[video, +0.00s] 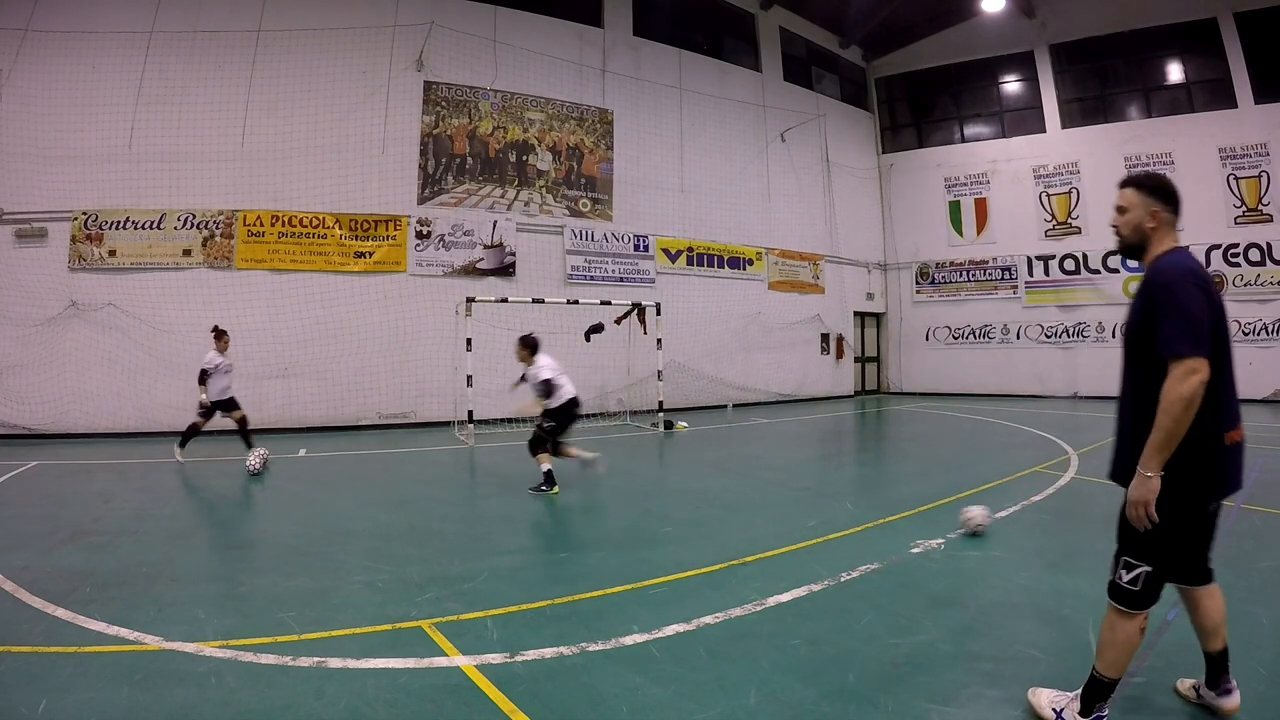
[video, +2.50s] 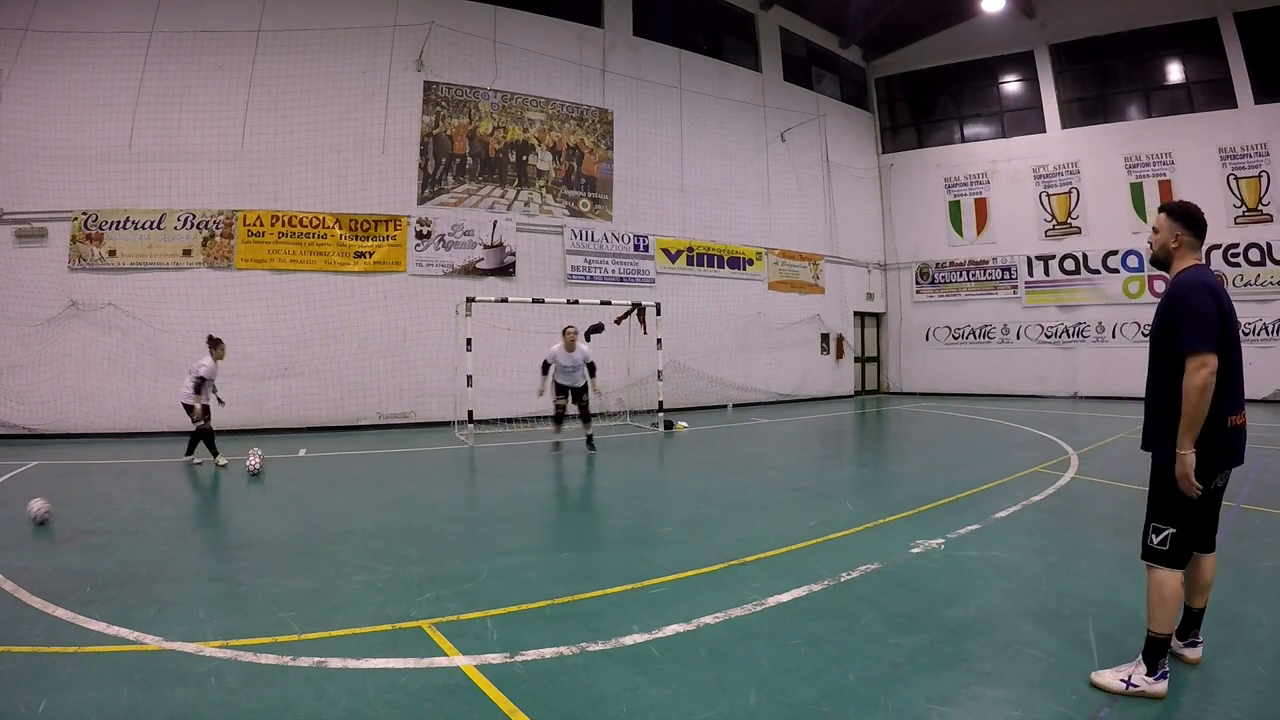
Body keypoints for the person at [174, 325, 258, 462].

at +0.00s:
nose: (227, 345)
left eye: (228, 342)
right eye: (225, 342)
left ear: (227, 342)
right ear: (217, 342)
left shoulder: (225, 356)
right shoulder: (212, 357)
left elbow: (221, 379)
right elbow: (202, 378)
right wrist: (203, 398)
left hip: (227, 398)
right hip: (212, 400)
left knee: (241, 419)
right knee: (198, 425)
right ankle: (180, 446)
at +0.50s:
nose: (253, 348)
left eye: (254, 345)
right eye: (251, 345)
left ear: (245, 345)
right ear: (242, 345)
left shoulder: (247, 358)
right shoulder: (234, 360)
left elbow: (245, 372)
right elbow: (225, 380)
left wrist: (253, 376)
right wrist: (224, 401)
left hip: (249, 394)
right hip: (238, 397)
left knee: (262, 420)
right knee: (258, 420)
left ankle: (258, 453)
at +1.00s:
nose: (258, 373)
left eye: (259, 371)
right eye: (257, 370)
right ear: (249, 365)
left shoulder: (247, 377)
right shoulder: (234, 374)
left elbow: (240, 391)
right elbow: (222, 391)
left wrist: (240, 409)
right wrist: (221, 411)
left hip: (226, 398)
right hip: (211, 396)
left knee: (227, 424)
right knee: (216, 424)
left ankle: (224, 451)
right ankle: (218, 455)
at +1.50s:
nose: (247, 410)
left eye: (248, 408)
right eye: (246, 407)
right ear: (239, 402)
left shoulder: (237, 400)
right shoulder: (228, 404)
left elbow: (240, 418)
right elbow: (231, 430)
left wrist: (247, 435)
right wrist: (247, 447)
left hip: (211, 403)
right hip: (199, 404)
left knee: (226, 427)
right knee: (220, 427)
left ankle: (223, 455)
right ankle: (219, 457)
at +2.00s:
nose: (248, 395)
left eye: (249, 393)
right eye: (247, 392)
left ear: (239, 387)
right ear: (240, 388)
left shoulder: (232, 387)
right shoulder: (229, 394)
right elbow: (235, 422)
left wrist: (244, 437)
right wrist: (247, 440)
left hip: (205, 398)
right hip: (195, 399)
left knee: (221, 423)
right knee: (215, 425)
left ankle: (222, 455)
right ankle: (218, 457)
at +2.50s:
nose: (223, 353)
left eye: (224, 350)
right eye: (221, 350)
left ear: (217, 351)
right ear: (213, 351)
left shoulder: (213, 364)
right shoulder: (208, 365)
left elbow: (210, 382)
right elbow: (197, 385)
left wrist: (217, 396)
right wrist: (197, 405)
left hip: (201, 399)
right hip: (192, 400)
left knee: (202, 428)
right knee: (205, 428)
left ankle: (188, 455)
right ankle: (216, 456)